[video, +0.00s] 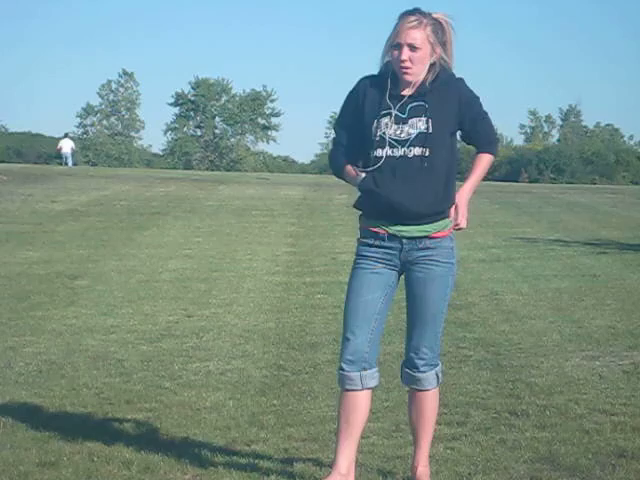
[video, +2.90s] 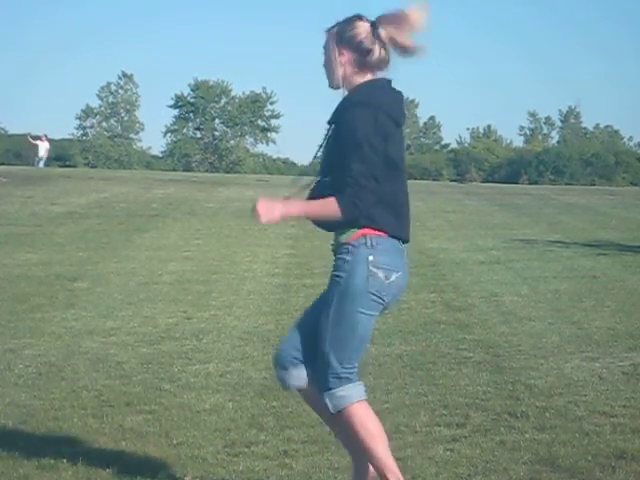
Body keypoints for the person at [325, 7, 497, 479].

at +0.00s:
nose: (403, 55)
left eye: (413, 48)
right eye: (397, 46)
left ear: (435, 53)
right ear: (388, 49)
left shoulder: (454, 91)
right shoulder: (367, 90)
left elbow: (488, 144)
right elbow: (340, 156)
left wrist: (464, 193)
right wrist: (363, 179)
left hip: (433, 245)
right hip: (374, 243)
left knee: (422, 362)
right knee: (355, 359)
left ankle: (420, 466)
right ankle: (342, 470)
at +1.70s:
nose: (346, 49)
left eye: (357, 42)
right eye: (344, 43)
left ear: (386, 51)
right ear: (343, 53)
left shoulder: (402, 105)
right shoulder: (348, 113)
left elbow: (430, 186)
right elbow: (362, 184)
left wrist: (456, 257)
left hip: (405, 251)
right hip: (368, 256)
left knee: (388, 369)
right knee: (338, 372)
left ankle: (431, 473)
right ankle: (397, 464)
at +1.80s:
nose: (345, 53)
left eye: (355, 46)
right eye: (344, 46)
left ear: (385, 54)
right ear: (347, 55)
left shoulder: (401, 106)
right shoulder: (355, 112)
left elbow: (411, 188)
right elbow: (366, 185)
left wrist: (400, 262)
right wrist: (360, 248)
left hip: (407, 257)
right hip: (368, 258)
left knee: (387, 378)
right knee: (306, 350)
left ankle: (431, 473)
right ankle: (374, 433)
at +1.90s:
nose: (343, 26)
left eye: (353, 18)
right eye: (341, 18)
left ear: (383, 26)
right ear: (343, 28)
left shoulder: (396, 77)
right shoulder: (358, 78)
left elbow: (386, 163)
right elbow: (358, 155)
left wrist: (336, 219)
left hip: (403, 233)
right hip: (360, 233)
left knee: (399, 358)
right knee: (295, 317)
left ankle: (427, 466)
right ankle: (361, 412)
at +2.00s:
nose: (336, 3)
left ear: (376, 2)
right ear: (339, 7)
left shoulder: (386, 49)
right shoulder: (354, 53)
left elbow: (358, 127)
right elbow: (364, 130)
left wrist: (296, 177)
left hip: (398, 210)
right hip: (354, 207)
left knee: (393, 338)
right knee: (303, 305)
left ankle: (406, 449)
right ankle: (354, 412)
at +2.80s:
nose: (325, 42)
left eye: (330, 33)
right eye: (327, 34)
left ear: (349, 36)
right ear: (364, 36)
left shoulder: (365, 85)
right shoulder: (369, 83)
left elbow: (345, 172)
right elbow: (356, 171)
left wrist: (290, 234)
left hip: (364, 235)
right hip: (364, 233)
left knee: (352, 365)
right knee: (338, 368)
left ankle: (396, 475)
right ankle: (390, 472)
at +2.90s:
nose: (324, 59)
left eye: (328, 50)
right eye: (325, 50)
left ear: (346, 56)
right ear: (365, 55)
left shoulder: (362, 107)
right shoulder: (379, 102)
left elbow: (359, 201)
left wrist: (284, 208)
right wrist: (380, 29)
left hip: (367, 259)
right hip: (375, 257)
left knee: (338, 383)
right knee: (292, 362)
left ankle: (392, 475)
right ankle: (364, 466)